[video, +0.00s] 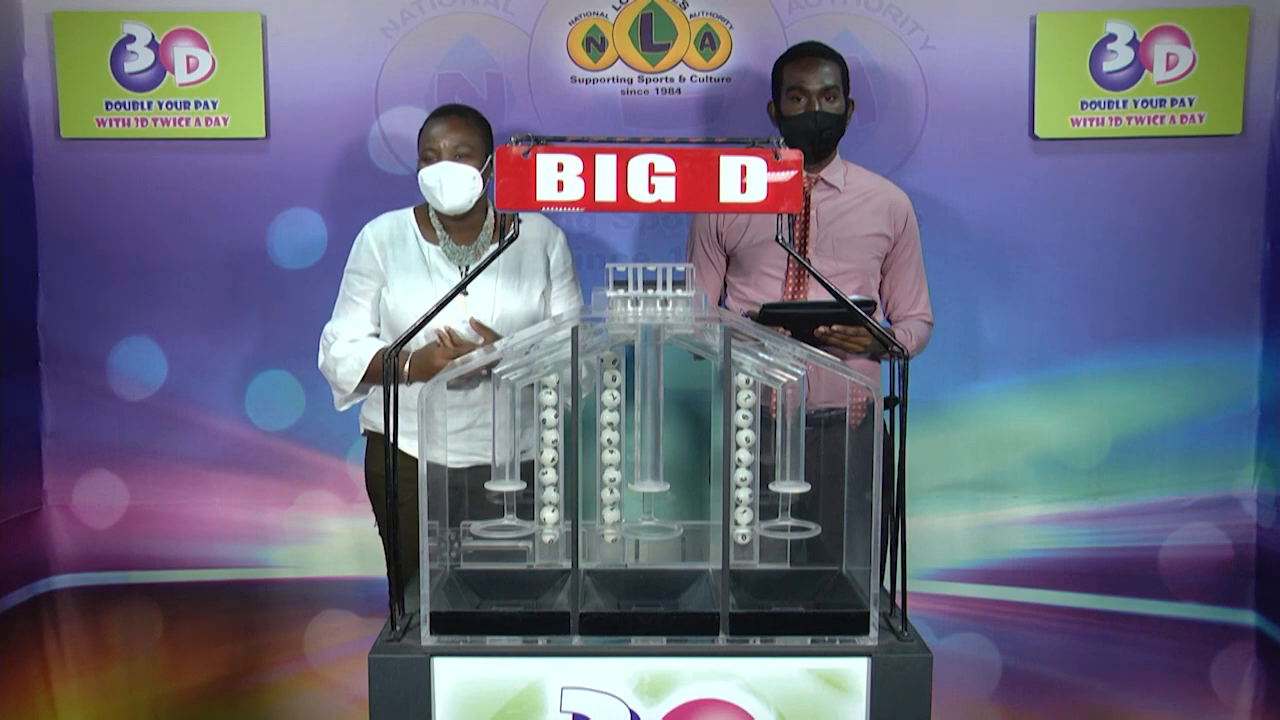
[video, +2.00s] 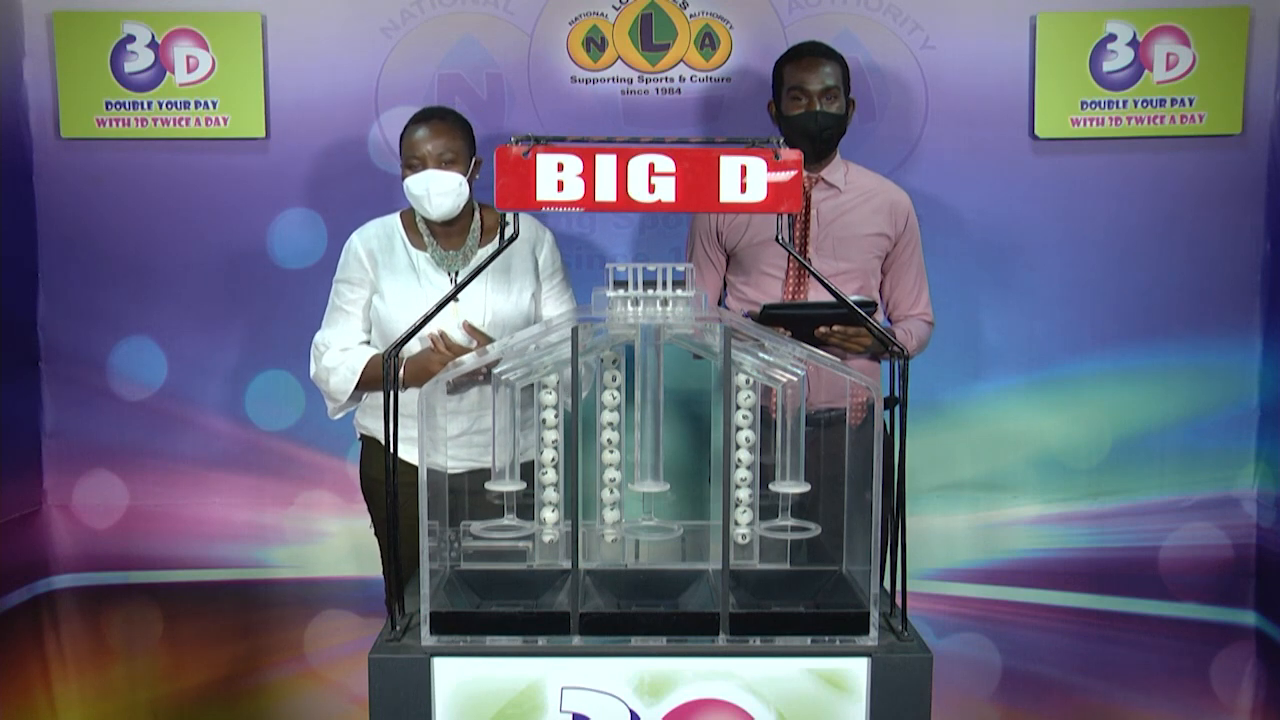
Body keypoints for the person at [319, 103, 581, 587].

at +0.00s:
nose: (445, 169)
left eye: (462, 154)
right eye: (432, 156)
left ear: (489, 162)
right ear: (419, 163)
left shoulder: (540, 239)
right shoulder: (381, 240)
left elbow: (573, 351)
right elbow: (340, 352)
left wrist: (505, 359)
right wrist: (411, 364)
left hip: (511, 460)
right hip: (408, 460)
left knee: (505, 615)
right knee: (417, 614)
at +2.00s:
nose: (434, 179)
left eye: (448, 162)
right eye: (419, 166)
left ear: (473, 165)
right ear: (403, 172)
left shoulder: (529, 241)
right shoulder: (370, 247)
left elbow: (568, 350)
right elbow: (331, 362)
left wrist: (502, 359)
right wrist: (407, 370)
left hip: (505, 462)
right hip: (403, 465)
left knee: (504, 617)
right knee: (415, 616)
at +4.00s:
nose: (447, 179)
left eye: (462, 162)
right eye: (433, 165)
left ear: (490, 166)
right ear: (420, 172)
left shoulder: (544, 244)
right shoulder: (387, 246)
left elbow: (575, 360)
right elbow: (344, 357)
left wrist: (500, 356)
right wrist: (429, 360)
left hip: (512, 463)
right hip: (409, 463)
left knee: (506, 616)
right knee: (416, 617)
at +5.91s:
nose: (448, 180)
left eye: (462, 164)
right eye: (433, 166)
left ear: (489, 166)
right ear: (420, 171)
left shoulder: (543, 246)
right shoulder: (385, 246)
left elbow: (570, 359)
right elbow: (341, 358)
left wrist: (495, 349)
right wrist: (417, 360)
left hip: (511, 463)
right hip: (408, 463)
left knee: (506, 617)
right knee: (416, 617)